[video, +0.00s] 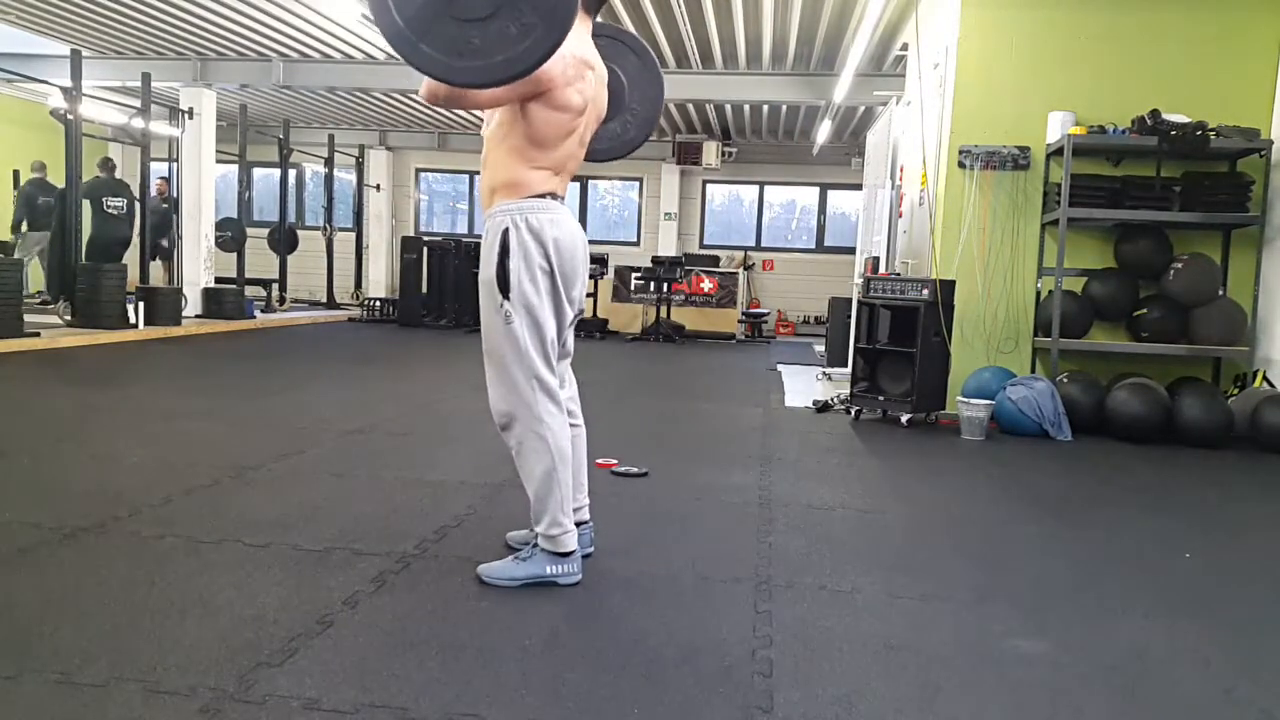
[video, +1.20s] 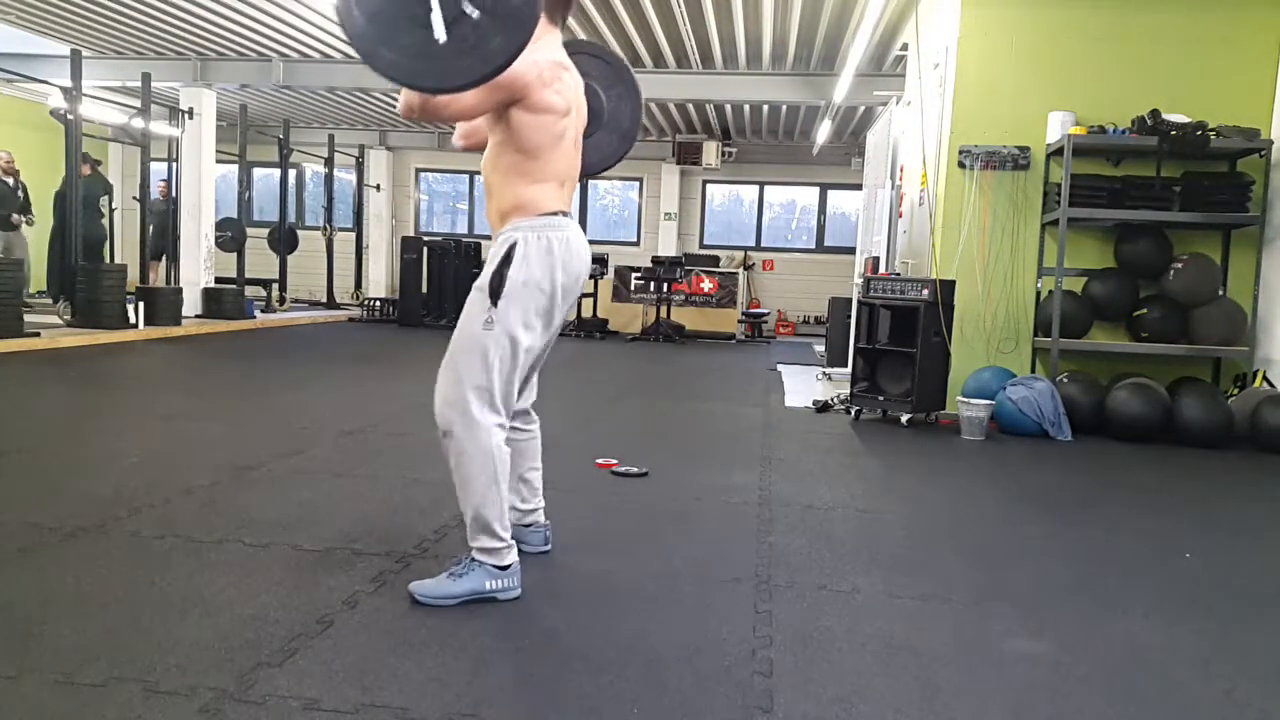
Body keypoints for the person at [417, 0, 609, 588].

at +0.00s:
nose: (530, 15)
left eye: (535, 8)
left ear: (554, 6)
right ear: (592, 11)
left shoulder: (547, 57)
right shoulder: (597, 76)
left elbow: (436, 91)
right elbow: (528, 121)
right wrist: (482, 103)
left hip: (518, 231)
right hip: (557, 227)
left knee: (524, 396)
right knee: (555, 386)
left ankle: (556, 549)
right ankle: (573, 524)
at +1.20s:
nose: (489, 21)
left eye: (497, 11)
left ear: (524, 8)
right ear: (559, 12)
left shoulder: (525, 62)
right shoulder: (565, 74)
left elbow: (416, 104)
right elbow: (467, 137)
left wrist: (440, 44)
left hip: (527, 247)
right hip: (562, 244)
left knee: (464, 399)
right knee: (514, 400)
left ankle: (492, 561)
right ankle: (527, 521)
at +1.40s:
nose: (481, 46)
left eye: (489, 34)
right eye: (482, 33)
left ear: (515, 41)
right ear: (539, 44)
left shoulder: (512, 103)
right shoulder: (549, 104)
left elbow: (409, 153)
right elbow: (474, 172)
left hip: (541, 284)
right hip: (571, 280)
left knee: (437, 408)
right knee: (504, 409)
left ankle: (490, 563)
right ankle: (527, 522)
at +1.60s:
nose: (471, 113)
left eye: (480, 102)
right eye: (475, 102)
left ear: (504, 110)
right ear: (525, 114)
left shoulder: (498, 171)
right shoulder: (540, 170)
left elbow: (439, 237)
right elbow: (457, 241)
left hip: (545, 342)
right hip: (580, 334)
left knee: (410, 424)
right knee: (484, 403)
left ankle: (488, 563)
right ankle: (525, 522)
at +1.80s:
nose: (456, 181)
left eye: (466, 171)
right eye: (459, 169)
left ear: (491, 182)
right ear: (503, 184)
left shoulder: (490, 241)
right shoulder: (531, 236)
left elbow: (427, 298)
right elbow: (444, 311)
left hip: (550, 404)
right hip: (585, 392)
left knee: (401, 433)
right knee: (461, 405)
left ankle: (488, 565)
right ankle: (522, 522)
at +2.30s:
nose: (463, 117)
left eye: (474, 107)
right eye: (468, 105)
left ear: (500, 121)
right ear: (511, 125)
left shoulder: (492, 176)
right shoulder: (529, 178)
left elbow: (401, 238)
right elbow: (448, 254)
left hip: (539, 344)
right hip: (575, 336)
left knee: (401, 429)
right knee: (477, 406)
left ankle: (487, 563)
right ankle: (522, 521)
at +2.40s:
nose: (474, 63)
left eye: (486, 53)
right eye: (479, 51)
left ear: (511, 72)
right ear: (522, 76)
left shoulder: (498, 132)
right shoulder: (537, 135)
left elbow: (398, 191)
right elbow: (451, 209)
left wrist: (395, 119)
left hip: (526, 305)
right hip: (559, 300)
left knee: (408, 426)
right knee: (485, 410)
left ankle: (490, 564)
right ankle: (525, 522)